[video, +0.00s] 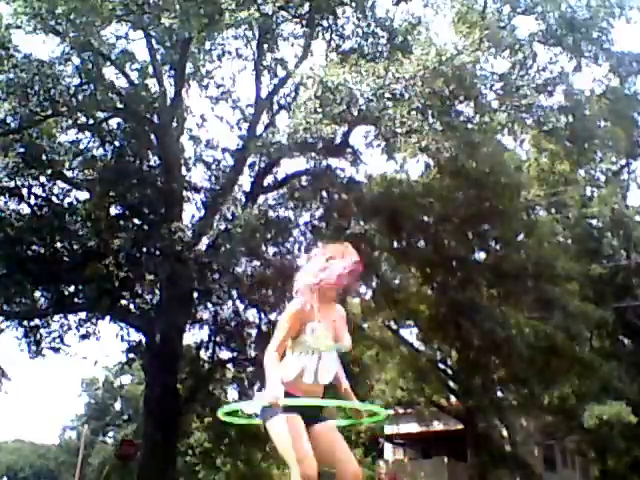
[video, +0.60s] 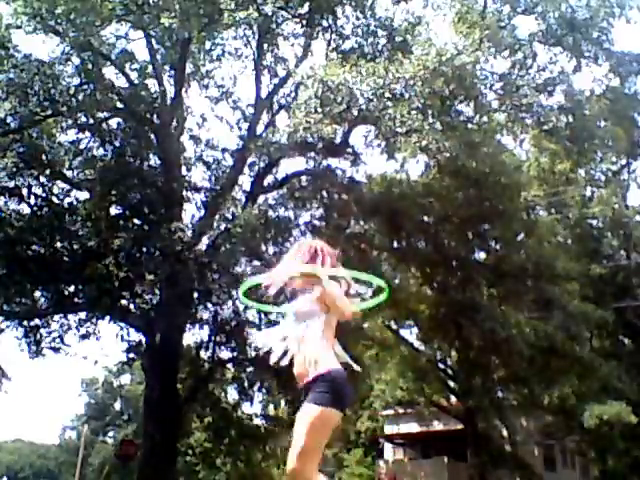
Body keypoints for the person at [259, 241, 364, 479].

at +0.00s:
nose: (342, 279)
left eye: (345, 274)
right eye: (339, 272)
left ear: (343, 278)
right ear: (320, 272)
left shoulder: (338, 313)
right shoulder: (299, 310)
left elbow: (332, 358)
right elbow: (272, 353)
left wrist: (350, 398)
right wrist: (273, 386)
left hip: (314, 406)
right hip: (283, 403)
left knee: (352, 472)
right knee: (306, 471)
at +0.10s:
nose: (354, 282)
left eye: (355, 276)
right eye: (351, 274)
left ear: (334, 272)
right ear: (333, 271)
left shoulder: (331, 306)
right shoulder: (319, 299)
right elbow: (291, 340)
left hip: (303, 391)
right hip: (292, 390)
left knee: (333, 469)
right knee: (338, 468)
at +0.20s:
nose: (356, 275)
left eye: (356, 269)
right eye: (354, 269)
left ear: (325, 268)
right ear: (344, 269)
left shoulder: (303, 297)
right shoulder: (338, 295)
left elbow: (278, 338)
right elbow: (322, 333)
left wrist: (305, 353)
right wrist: (369, 351)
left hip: (282, 384)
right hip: (313, 382)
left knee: (309, 473)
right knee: (336, 470)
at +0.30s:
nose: (352, 270)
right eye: (350, 265)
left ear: (314, 265)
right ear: (344, 267)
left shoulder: (298, 292)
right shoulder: (350, 295)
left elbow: (274, 331)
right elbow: (354, 332)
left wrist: (275, 339)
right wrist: (391, 340)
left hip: (286, 374)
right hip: (326, 377)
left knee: (296, 467)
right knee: (331, 469)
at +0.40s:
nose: (306, 273)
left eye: (308, 268)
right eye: (307, 268)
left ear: (313, 267)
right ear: (340, 271)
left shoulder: (307, 288)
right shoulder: (355, 300)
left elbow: (289, 319)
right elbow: (374, 337)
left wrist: (265, 312)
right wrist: (383, 331)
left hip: (303, 374)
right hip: (341, 379)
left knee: (290, 465)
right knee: (335, 469)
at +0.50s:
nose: (295, 276)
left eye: (297, 271)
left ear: (308, 266)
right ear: (332, 264)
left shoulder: (319, 287)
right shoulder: (346, 302)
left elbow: (317, 313)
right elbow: (365, 344)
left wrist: (287, 294)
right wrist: (352, 315)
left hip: (319, 378)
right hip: (343, 379)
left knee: (283, 465)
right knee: (332, 470)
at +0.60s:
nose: (291, 278)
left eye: (296, 271)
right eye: (291, 272)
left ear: (310, 267)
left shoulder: (324, 292)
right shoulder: (301, 302)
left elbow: (347, 311)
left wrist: (323, 276)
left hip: (327, 382)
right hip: (310, 385)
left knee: (299, 468)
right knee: (306, 470)